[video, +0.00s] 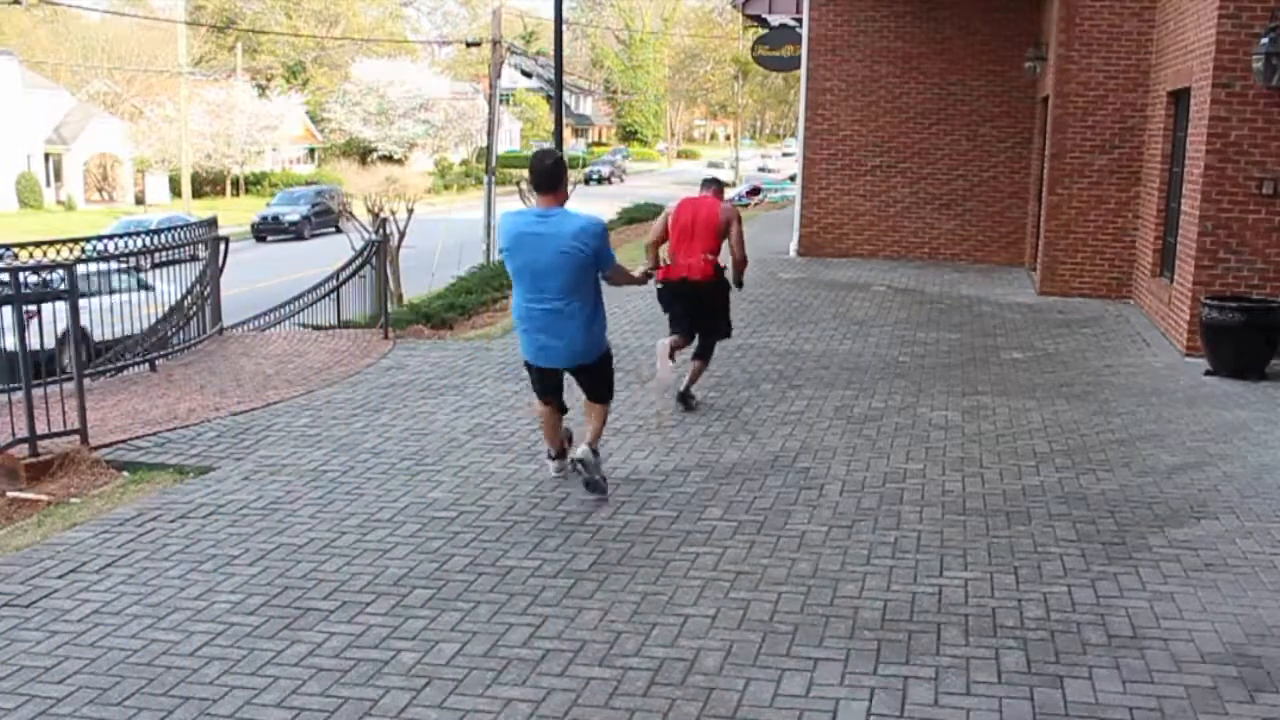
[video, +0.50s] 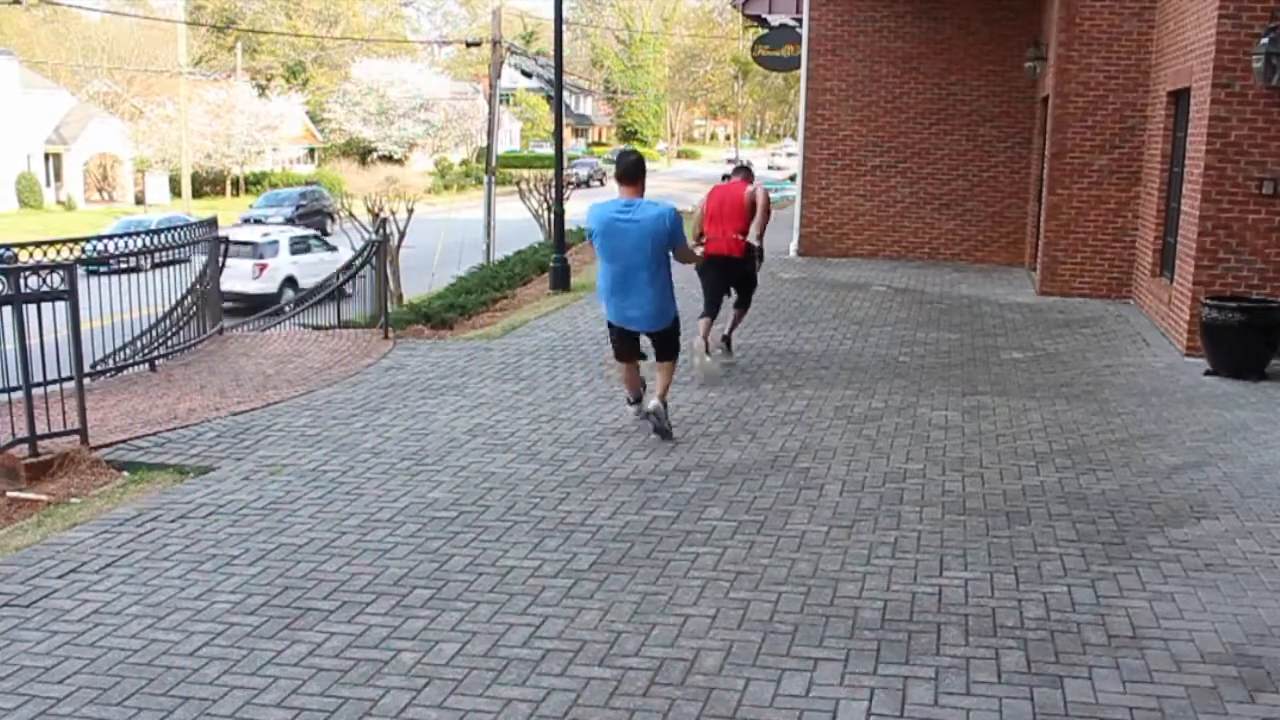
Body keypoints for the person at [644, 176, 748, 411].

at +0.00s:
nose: (722, 200)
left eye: (720, 197)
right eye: (723, 196)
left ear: (700, 191)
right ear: (720, 194)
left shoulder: (676, 206)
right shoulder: (728, 211)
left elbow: (652, 242)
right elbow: (739, 257)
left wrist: (654, 267)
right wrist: (737, 278)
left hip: (673, 281)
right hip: (707, 283)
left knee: (685, 333)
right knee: (708, 339)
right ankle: (686, 387)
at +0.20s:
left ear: (711, 182)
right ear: (733, 185)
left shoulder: (692, 196)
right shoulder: (742, 200)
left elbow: (665, 221)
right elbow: (753, 241)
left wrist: (669, 259)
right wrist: (741, 262)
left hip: (692, 261)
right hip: (723, 262)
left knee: (699, 304)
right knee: (715, 317)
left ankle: (703, 359)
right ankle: (699, 351)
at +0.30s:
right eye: (735, 188)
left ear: (713, 185)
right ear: (735, 187)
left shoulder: (697, 202)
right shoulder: (744, 202)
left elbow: (685, 238)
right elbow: (757, 230)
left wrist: (692, 252)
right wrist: (754, 258)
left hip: (698, 265)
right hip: (729, 263)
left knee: (699, 319)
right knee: (729, 307)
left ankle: (701, 367)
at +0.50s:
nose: (750, 185)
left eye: (749, 183)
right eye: (751, 182)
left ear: (730, 177)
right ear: (750, 179)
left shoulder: (712, 192)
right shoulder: (755, 189)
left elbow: (697, 227)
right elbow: (763, 209)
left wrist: (698, 239)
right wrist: (757, 237)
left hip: (711, 254)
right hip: (740, 253)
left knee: (710, 302)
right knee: (745, 294)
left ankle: (702, 339)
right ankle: (728, 332)